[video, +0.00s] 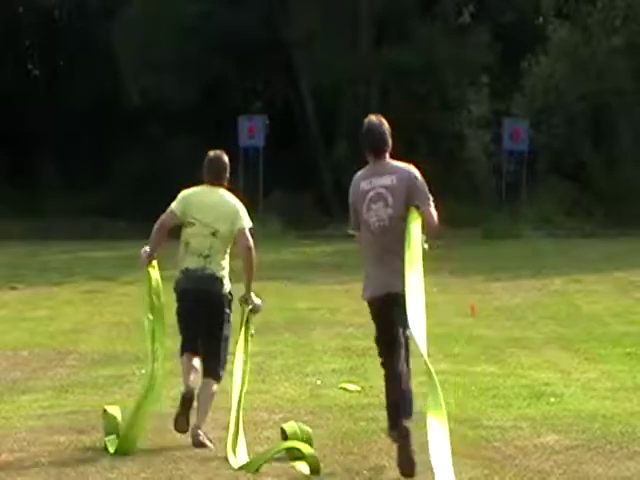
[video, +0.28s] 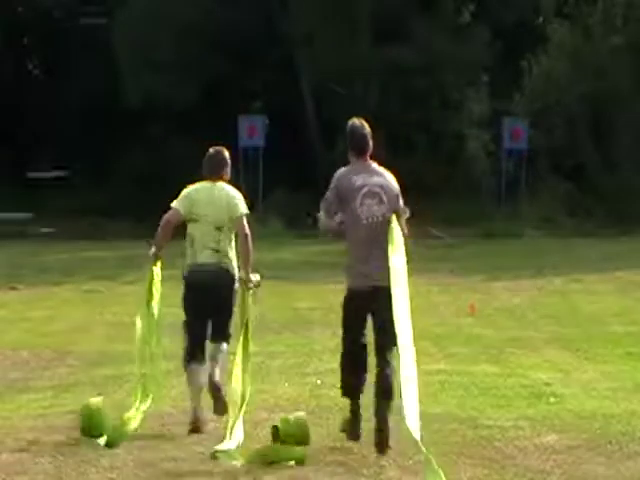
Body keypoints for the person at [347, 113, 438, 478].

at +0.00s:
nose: (380, 148)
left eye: (372, 143)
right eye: (385, 140)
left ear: (364, 146)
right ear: (390, 142)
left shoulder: (357, 181)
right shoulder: (409, 174)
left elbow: (356, 229)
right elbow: (431, 221)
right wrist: (423, 236)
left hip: (376, 285)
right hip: (406, 281)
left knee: (389, 357)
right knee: (402, 343)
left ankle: (398, 424)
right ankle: (404, 413)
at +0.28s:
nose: (364, 147)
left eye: (356, 143)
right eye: (368, 142)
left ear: (347, 146)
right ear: (372, 145)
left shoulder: (341, 179)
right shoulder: (388, 179)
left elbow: (326, 219)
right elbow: (402, 220)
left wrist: (348, 225)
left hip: (357, 284)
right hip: (387, 283)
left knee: (353, 346)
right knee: (386, 349)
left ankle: (354, 410)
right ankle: (383, 413)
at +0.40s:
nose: (346, 158)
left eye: (337, 155)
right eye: (350, 151)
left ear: (331, 157)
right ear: (355, 153)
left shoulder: (326, 191)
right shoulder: (373, 183)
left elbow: (324, 237)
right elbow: (395, 227)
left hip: (344, 288)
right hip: (374, 285)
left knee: (345, 355)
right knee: (373, 339)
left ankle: (354, 420)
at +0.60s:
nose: (348, 149)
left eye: (340, 144)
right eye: (349, 144)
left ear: (325, 148)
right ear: (348, 147)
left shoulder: (317, 179)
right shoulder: (358, 180)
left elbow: (315, 221)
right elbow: (371, 220)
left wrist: (323, 244)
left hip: (326, 271)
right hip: (353, 271)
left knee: (331, 328)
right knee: (351, 330)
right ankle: (348, 389)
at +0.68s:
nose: (342, 157)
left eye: (335, 152)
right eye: (346, 152)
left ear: (327, 154)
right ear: (350, 155)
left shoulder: (315, 182)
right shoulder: (355, 190)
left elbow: (307, 221)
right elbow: (366, 232)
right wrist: (364, 259)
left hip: (320, 278)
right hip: (349, 278)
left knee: (322, 336)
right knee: (351, 347)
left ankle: (327, 364)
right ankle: (343, 411)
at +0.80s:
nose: (320, 153)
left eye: (317, 147)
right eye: (329, 147)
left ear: (312, 149)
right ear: (335, 148)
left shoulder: (305, 179)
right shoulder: (348, 180)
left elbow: (299, 218)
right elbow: (359, 221)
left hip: (317, 271)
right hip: (344, 270)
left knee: (316, 327)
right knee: (345, 331)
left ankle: (315, 383)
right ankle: (343, 393)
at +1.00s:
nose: (319, 158)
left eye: (309, 153)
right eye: (320, 153)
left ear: (301, 156)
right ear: (321, 154)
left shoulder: (301, 182)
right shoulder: (322, 177)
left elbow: (332, 207)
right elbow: (326, 209)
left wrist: (354, 198)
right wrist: (351, 194)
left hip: (305, 271)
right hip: (329, 269)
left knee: (312, 336)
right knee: (334, 323)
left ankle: (314, 400)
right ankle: (331, 361)